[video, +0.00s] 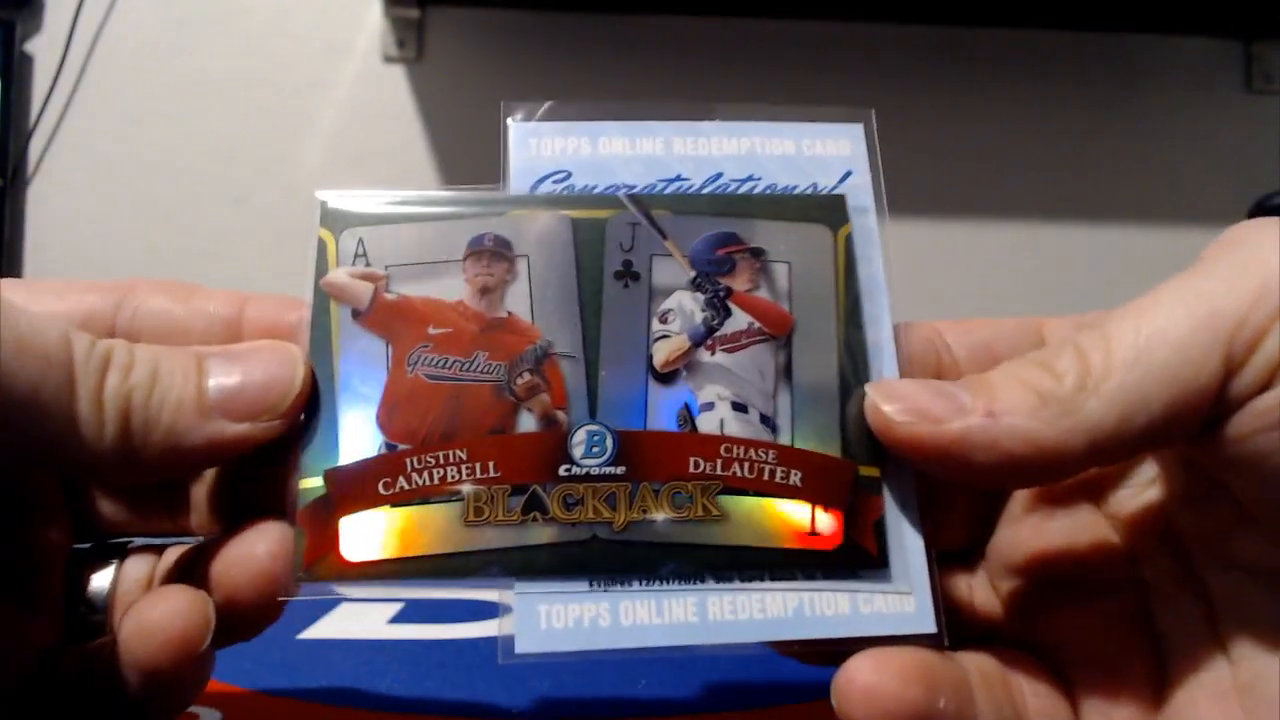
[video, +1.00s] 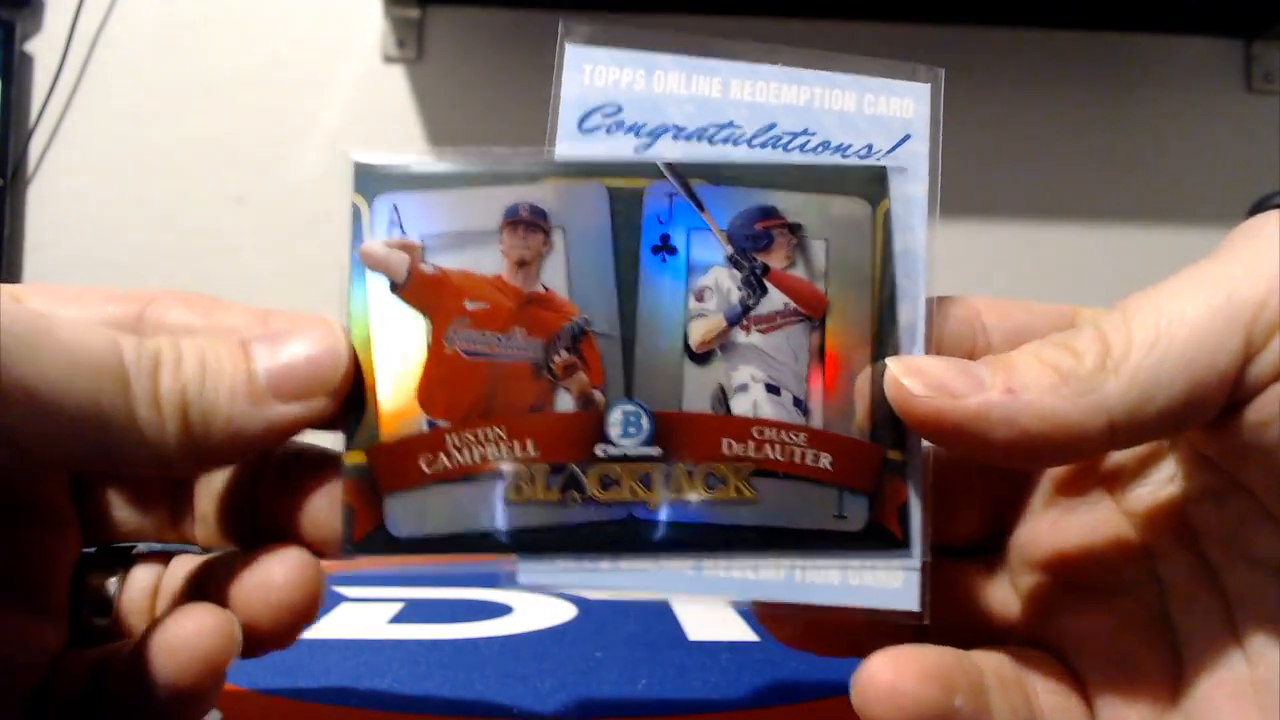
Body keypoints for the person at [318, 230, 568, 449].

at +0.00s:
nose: (485, 265)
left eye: (495, 259)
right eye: (477, 258)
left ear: (511, 272)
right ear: (464, 270)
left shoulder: (528, 339)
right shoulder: (419, 313)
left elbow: (561, 428)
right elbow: (332, 282)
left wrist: (542, 408)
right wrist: (368, 276)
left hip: (483, 473)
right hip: (406, 467)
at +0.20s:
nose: (497, 250)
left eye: (507, 244)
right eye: (489, 243)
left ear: (523, 257)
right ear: (476, 255)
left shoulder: (541, 324)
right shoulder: (431, 297)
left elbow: (573, 416)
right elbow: (342, 264)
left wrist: (552, 391)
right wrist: (381, 258)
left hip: (495, 458)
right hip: (416, 451)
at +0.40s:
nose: (507, 230)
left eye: (518, 224)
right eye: (499, 223)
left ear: (534, 238)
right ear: (486, 235)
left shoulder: (549, 308)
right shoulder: (441, 277)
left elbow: (581, 398)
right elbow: (352, 243)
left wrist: (561, 373)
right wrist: (384, 235)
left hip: (505, 439)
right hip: (428, 433)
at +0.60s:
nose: (514, 215)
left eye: (525, 209)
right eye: (506, 208)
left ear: (539, 223)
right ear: (493, 219)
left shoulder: (556, 297)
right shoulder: (445, 261)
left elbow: (581, 386)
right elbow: (358, 225)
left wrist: (565, 365)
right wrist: (393, 219)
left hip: (506, 428)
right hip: (428, 417)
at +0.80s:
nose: (513, 215)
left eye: (524, 210)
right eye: (505, 208)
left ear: (538, 226)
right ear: (492, 221)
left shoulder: (554, 298)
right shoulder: (444, 264)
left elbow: (581, 389)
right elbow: (358, 228)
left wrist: (566, 371)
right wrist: (393, 222)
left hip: (503, 432)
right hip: (427, 421)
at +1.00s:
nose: (522, 234)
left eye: (532, 230)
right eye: (514, 228)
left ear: (547, 245)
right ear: (500, 242)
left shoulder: (565, 317)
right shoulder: (456, 287)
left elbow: (597, 409)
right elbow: (370, 252)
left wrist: (579, 386)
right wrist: (404, 248)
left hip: (523, 450)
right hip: (450, 442)